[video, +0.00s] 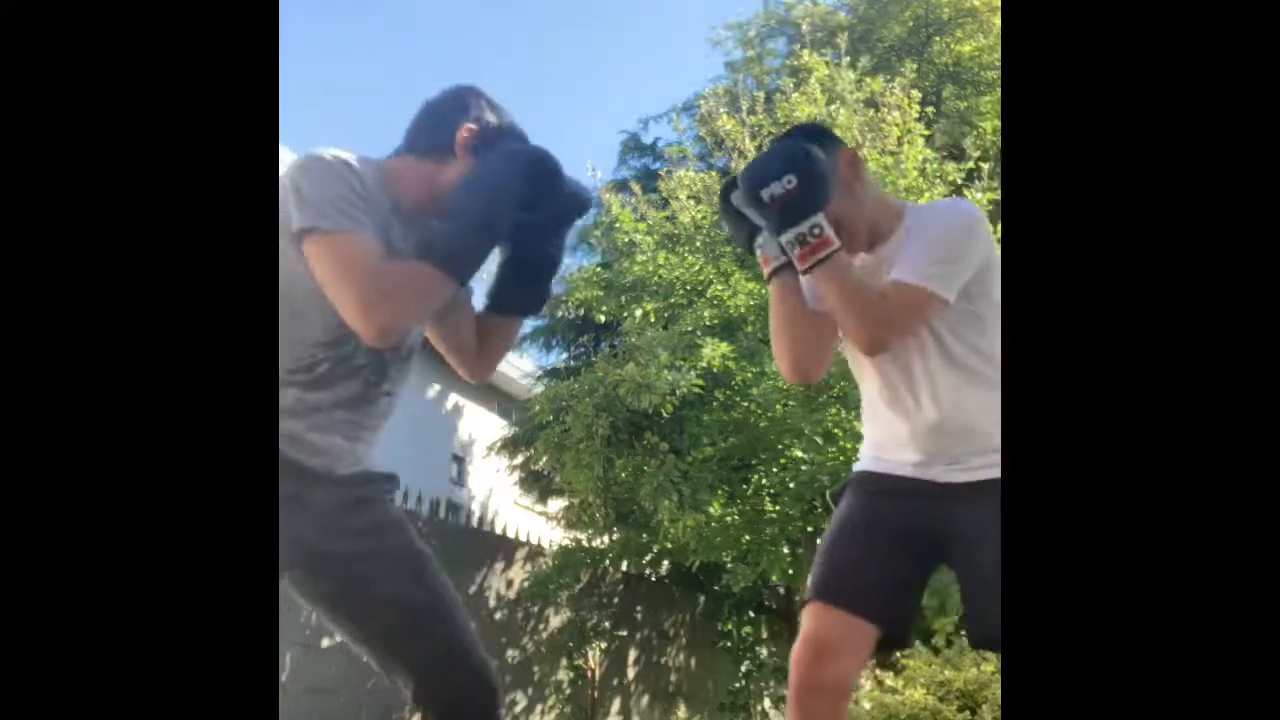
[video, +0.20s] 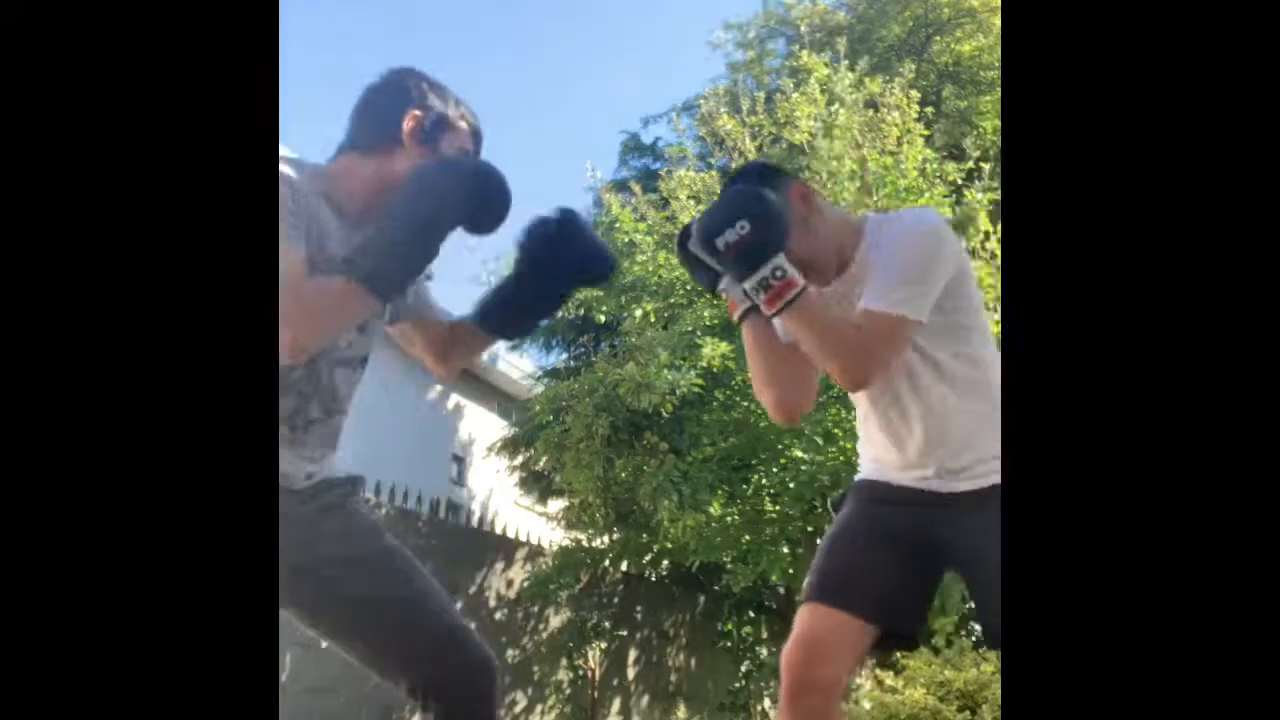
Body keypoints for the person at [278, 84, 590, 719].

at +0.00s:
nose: (503, 175)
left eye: (510, 164)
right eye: (502, 157)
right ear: (467, 137)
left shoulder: (429, 244)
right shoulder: (321, 179)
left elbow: (476, 360)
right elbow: (378, 317)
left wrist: (538, 242)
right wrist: (486, 207)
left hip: (339, 486)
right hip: (287, 469)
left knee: (464, 688)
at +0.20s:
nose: (453, 183)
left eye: (463, 169)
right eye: (454, 159)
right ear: (411, 129)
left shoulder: (384, 246)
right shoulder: (286, 192)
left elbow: (443, 352)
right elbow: (291, 332)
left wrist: (526, 293)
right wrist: (410, 233)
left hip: (304, 493)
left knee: (462, 674)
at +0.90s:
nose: (675, 280)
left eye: (680, 271)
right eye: (669, 260)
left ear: (635, 263)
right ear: (625, 242)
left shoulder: (610, 360)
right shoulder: (548, 239)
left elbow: (701, 388)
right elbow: (548, 128)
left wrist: (781, 300)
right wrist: (671, 149)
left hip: (478, 498)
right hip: (398, 445)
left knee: (563, 688)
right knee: (329, 674)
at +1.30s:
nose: (641, 247)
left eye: (646, 237)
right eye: (630, 228)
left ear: (640, 251)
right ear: (579, 223)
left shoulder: (626, 348)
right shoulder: (494, 291)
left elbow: (664, 469)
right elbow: (443, 381)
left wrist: (716, 403)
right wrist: (550, 306)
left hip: (558, 553)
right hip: (450, 536)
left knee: (670, 698)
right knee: (326, 702)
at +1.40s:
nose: (590, 224)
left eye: (595, 215)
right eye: (578, 205)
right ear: (528, 198)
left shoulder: (573, 325)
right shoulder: (438, 270)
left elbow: (567, 452)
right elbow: (405, 364)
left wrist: (636, 409)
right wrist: (502, 289)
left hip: (510, 531)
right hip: (404, 515)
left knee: (602, 698)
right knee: (306, 698)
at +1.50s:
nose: (534, 223)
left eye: (539, 214)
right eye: (522, 205)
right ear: (470, 198)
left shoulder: (515, 316)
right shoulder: (385, 269)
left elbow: (519, 442)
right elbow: (358, 361)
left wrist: (581, 390)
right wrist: (454, 283)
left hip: (455, 522)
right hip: (357, 510)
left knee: (555, 680)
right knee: (286, 686)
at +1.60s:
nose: (496, 227)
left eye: (502, 218)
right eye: (485, 209)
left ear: (500, 230)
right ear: (436, 199)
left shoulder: (480, 311)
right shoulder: (351, 274)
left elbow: (490, 432)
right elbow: (335, 370)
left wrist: (551, 375)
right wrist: (423, 290)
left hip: (437, 527)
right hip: (333, 515)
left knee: (517, 682)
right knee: (282, 686)